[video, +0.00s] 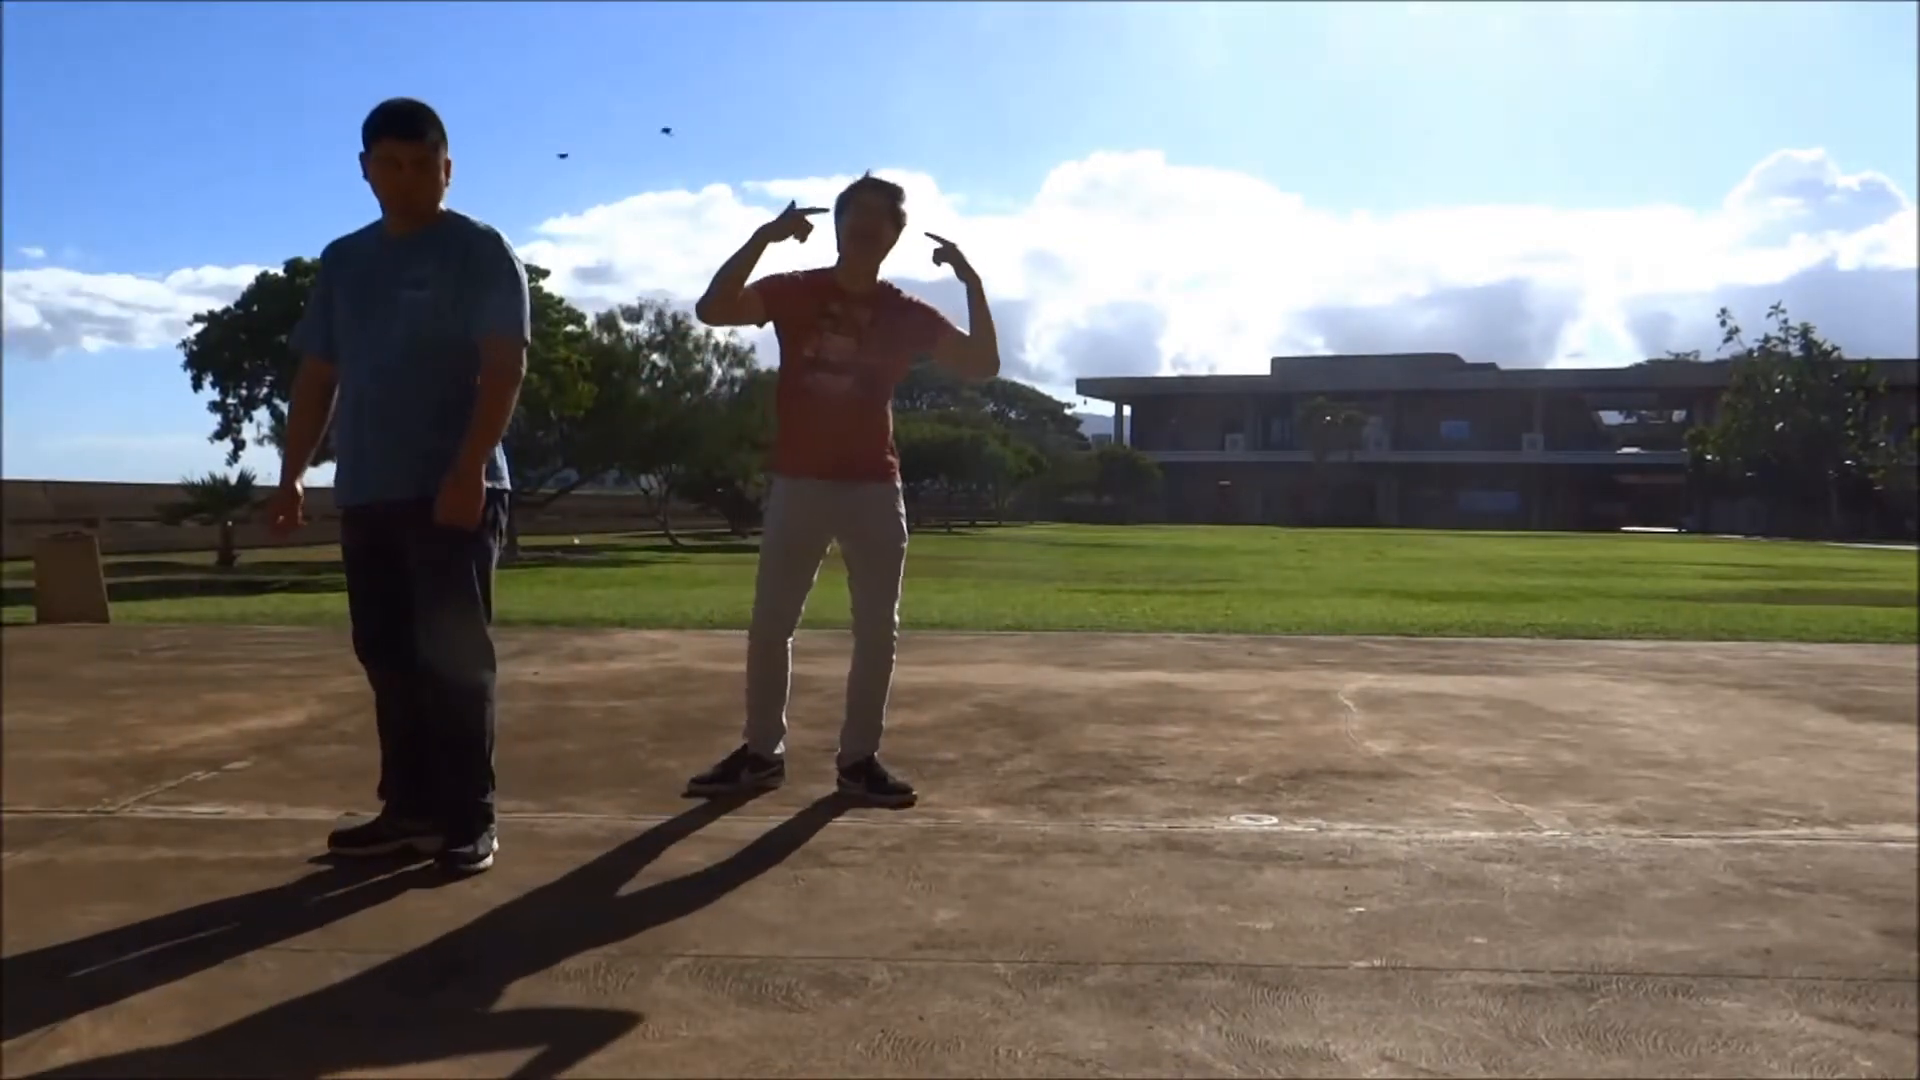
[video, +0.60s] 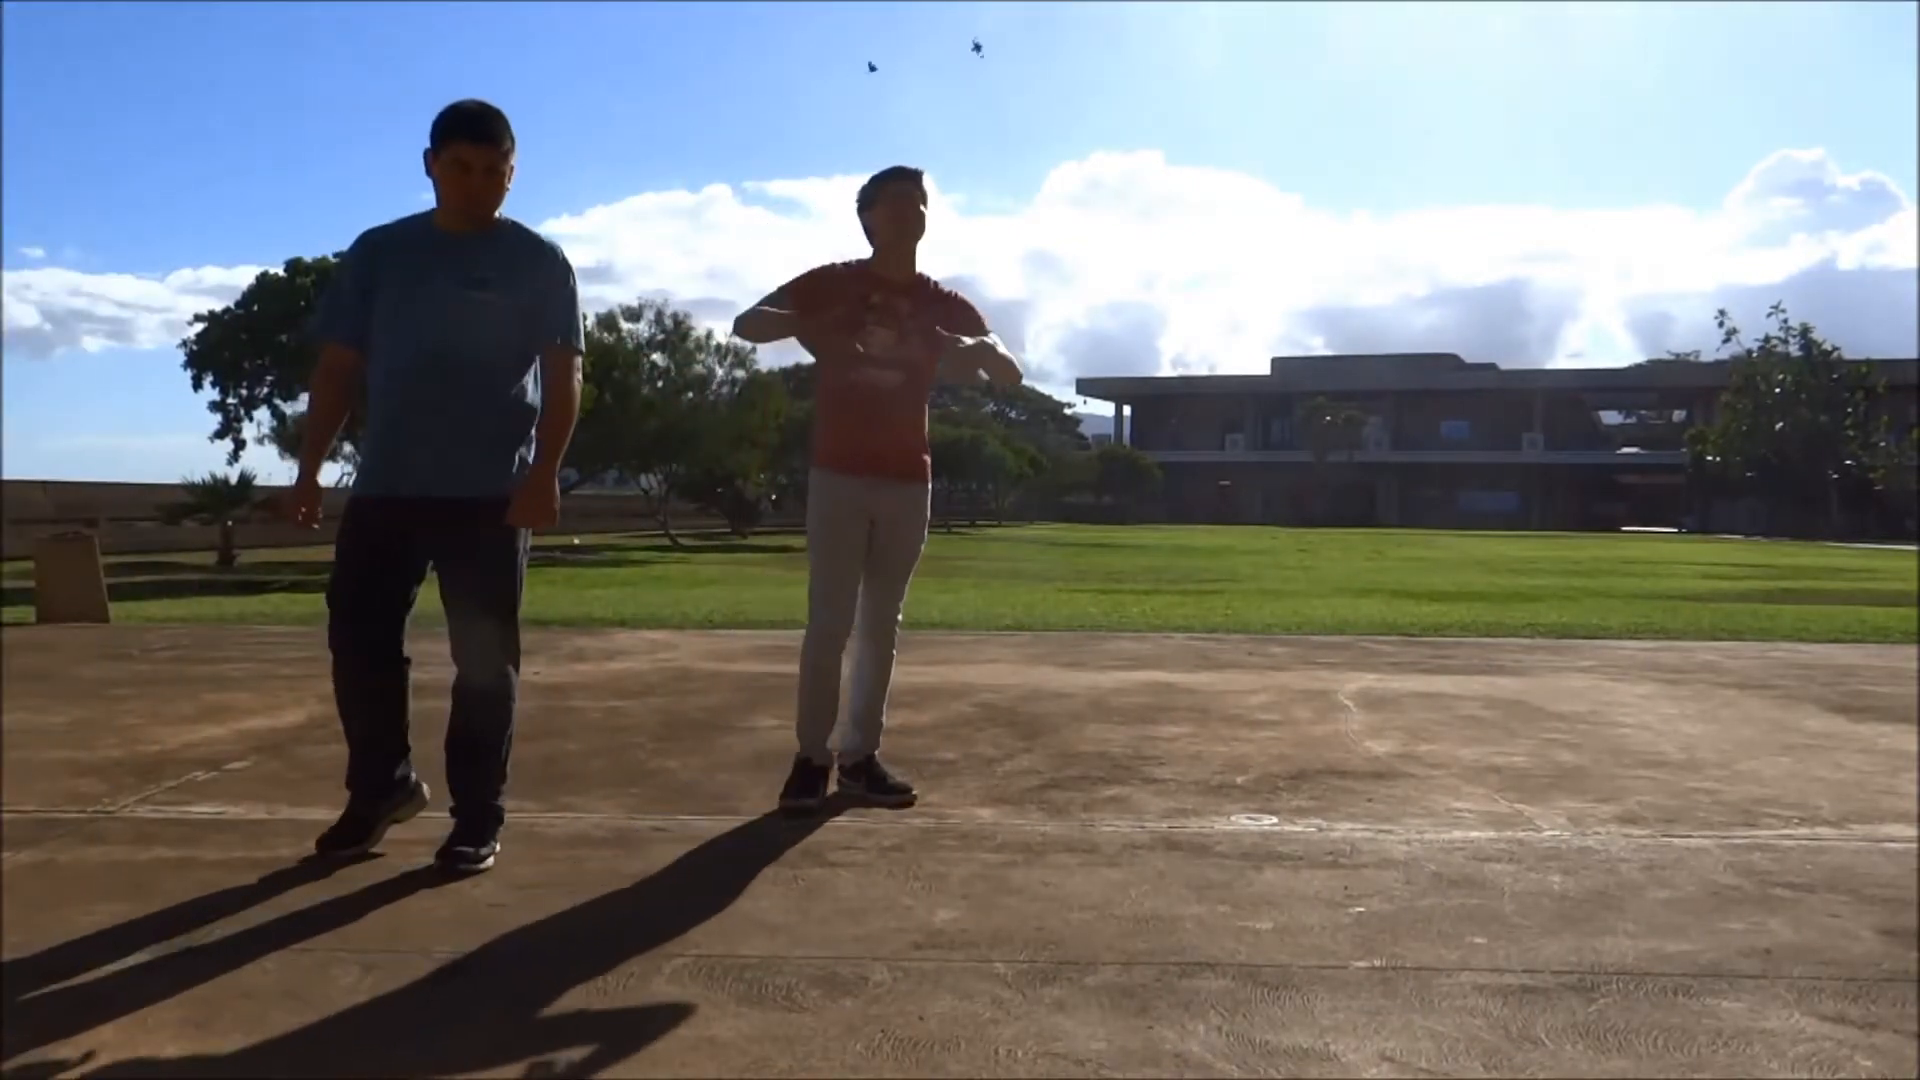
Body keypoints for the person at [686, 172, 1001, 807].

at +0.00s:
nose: (872, 226)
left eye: (885, 218)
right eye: (862, 213)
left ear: (898, 233)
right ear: (838, 222)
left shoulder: (904, 313)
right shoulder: (795, 290)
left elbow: (984, 361)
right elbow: (713, 308)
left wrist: (971, 282)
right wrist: (764, 237)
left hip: (874, 492)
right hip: (799, 487)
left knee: (877, 633)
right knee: (770, 624)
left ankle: (859, 761)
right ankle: (762, 753)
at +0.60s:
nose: (910, 213)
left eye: (917, 203)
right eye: (896, 203)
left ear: (928, 215)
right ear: (868, 216)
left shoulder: (946, 306)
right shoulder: (831, 284)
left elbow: (1010, 376)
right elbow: (746, 326)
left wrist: (978, 352)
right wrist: (805, 325)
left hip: (907, 482)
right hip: (838, 476)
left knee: (882, 625)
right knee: (829, 621)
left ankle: (859, 760)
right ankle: (811, 760)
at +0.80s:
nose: (924, 210)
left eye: (925, 200)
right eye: (909, 200)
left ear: (926, 215)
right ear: (873, 215)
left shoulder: (951, 305)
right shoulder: (835, 289)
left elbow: (983, 389)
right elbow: (777, 371)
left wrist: (973, 427)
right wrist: (820, 404)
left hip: (916, 480)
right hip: (851, 476)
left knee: (890, 620)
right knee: (865, 615)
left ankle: (865, 754)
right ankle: (860, 760)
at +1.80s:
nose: (987, 192)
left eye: (983, 180)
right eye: (973, 181)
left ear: (951, 196)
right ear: (930, 195)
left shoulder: (983, 285)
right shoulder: (879, 279)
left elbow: (1001, 389)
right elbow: (838, 392)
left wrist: (1039, 480)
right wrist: (843, 492)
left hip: (983, 484)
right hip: (917, 485)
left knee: (1000, 626)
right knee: (932, 635)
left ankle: (903, 718)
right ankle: (927, 788)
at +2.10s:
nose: (1003, 188)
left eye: (1002, 176)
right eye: (988, 176)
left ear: (983, 191)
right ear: (944, 188)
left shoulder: (991, 283)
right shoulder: (900, 274)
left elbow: (995, 390)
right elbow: (876, 391)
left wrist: (1018, 471)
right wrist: (897, 489)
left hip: (996, 485)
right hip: (933, 488)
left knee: (1029, 624)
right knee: (937, 640)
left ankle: (976, 768)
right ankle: (925, 787)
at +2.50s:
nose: (1048, 188)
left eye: (1043, 175)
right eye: (1035, 176)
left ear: (1011, 191)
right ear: (996, 191)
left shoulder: (1005, 285)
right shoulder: (951, 271)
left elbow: (1001, 391)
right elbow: (941, 388)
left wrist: (1018, 474)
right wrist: (994, 471)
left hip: (1007, 478)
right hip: (956, 481)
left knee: (1046, 630)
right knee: (953, 638)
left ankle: (1081, 787)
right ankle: (926, 791)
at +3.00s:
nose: (1130, 185)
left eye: (1125, 175)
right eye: (1117, 175)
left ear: (1091, 192)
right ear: (1082, 190)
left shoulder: (1076, 279)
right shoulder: (1043, 264)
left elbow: (1076, 388)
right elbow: (1043, 375)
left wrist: (1095, 480)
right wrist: (1079, 477)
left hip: (1078, 480)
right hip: (1032, 479)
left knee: (1087, 642)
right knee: (1006, 633)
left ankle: (1093, 799)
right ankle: (932, 776)